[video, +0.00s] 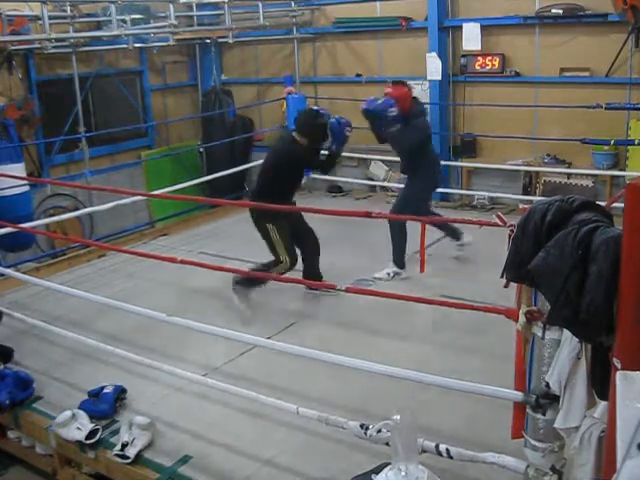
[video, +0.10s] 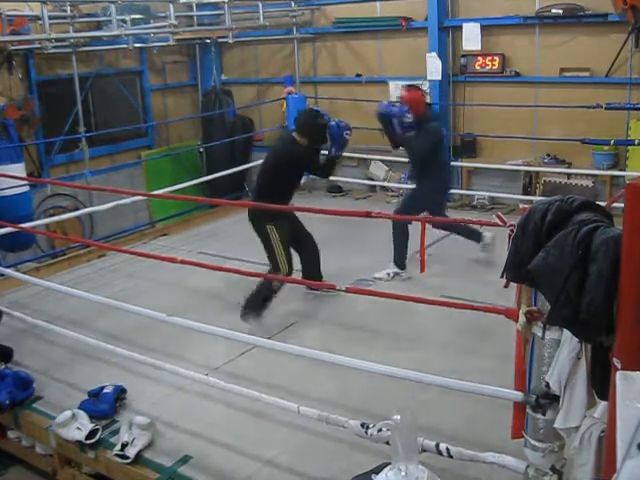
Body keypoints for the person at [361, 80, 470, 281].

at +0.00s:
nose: (394, 104)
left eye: (397, 100)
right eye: (392, 100)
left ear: (407, 99)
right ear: (393, 100)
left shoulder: (417, 118)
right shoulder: (398, 115)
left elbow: (403, 143)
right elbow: (382, 138)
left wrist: (390, 124)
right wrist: (374, 118)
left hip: (425, 173)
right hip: (417, 172)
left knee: (396, 216)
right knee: (421, 211)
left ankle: (398, 266)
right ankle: (458, 236)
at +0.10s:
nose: (408, 111)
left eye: (410, 107)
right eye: (407, 107)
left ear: (417, 107)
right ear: (419, 107)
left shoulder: (432, 129)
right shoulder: (420, 127)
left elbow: (418, 152)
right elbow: (397, 143)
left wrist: (406, 134)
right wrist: (386, 121)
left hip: (432, 186)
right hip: (432, 185)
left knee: (400, 217)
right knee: (438, 220)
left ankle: (399, 267)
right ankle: (482, 238)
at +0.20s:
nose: (418, 112)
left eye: (422, 107)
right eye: (418, 107)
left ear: (434, 109)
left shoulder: (446, 131)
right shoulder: (435, 128)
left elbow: (446, 162)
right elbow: (418, 146)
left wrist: (425, 141)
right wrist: (406, 129)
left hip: (449, 187)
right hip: (448, 185)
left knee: (415, 218)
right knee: (460, 224)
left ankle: (400, 267)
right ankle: (500, 246)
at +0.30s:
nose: (434, 111)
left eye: (438, 107)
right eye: (433, 107)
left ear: (449, 107)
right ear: (435, 108)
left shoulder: (464, 129)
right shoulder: (448, 125)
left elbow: (471, 161)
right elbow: (435, 144)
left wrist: (445, 157)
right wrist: (420, 129)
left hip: (468, 184)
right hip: (464, 183)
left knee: (438, 221)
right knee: (478, 222)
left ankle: (411, 263)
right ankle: (510, 251)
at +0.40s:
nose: (442, 109)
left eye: (446, 105)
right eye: (441, 105)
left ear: (457, 104)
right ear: (442, 105)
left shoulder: (472, 126)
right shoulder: (450, 120)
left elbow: (479, 158)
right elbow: (444, 139)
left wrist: (455, 157)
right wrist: (429, 125)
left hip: (480, 175)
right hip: (473, 173)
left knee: (451, 215)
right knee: (482, 216)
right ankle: (512, 249)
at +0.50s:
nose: (446, 107)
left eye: (449, 103)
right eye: (445, 103)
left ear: (461, 102)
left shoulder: (476, 121)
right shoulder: (462, 115)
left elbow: (479, 153)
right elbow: (448, 125)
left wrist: (457, 149)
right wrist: (435, 120)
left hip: (489, 170)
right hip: (488, 167)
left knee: (464, 213)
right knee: (490, 210)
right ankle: (513, 252)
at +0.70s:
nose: (459, 111)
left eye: (463, 107)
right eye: (457, 106)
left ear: (474, 106)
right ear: (458, 106)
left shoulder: (488, 126)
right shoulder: (476, 116)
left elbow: (483, 158)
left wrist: (461, 140)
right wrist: (453, 126)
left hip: (506, 171)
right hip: (500, 168)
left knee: (483, 217)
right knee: (498, 210)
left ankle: (485, 267)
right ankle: (524, 246)